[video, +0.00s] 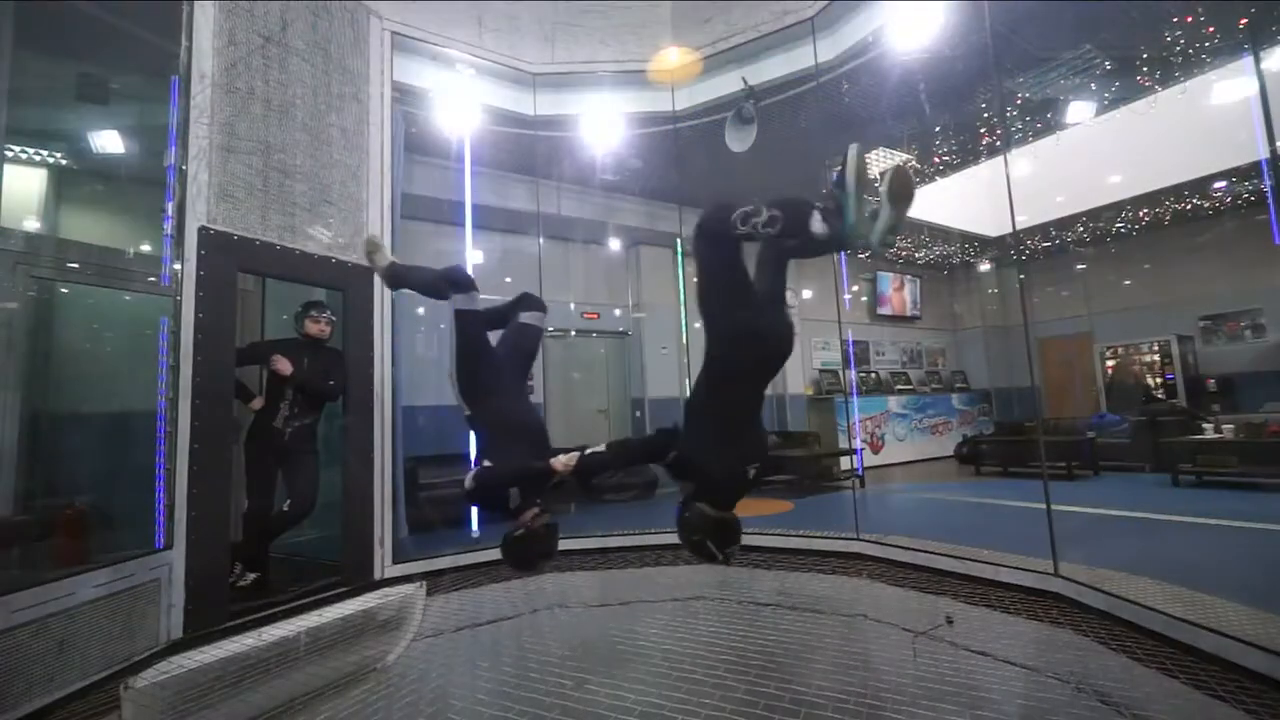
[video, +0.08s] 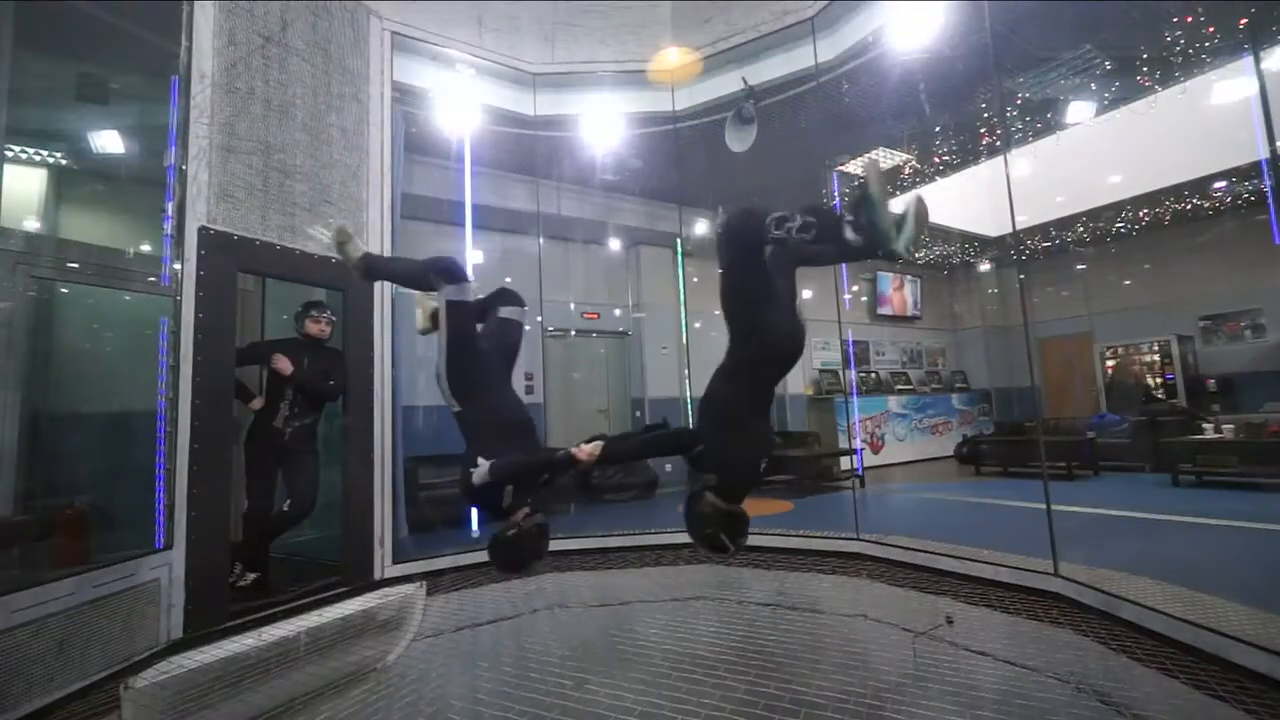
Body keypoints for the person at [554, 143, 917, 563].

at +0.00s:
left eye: (718, 548)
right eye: (707, 548)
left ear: (727, 527)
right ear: (688, 516)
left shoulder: (743, 473)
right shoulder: (688, 463)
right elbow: (636, 450)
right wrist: (580, 461)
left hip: (775, 350)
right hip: (728, 345)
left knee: (776, 246)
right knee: (713, 224)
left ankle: (848, 232)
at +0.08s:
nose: (730, 539)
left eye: (725, 538)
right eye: (720, 540)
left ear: (720, 510)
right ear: (707, 508)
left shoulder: (746, 471)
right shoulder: (709, 458)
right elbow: (662, 440)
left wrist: (603, 452)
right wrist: (604, 449)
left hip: (784, 345)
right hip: (756, 343)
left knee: (785, 250)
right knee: (742, 224)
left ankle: (875, 240)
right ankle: (857, 228)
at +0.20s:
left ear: (722, 482)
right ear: (726, 482)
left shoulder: (751, 454)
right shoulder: (726, 438)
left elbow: (685, 430)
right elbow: (685, 432)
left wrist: (637, 435)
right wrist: (634, 436)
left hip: (780, 344)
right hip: (776, 345)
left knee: (785, 258)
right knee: (777, 252)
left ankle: (887, 258)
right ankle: (886, 257)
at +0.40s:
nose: (735, 463)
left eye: (733, 463)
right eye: (735, 463)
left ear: (716, 465)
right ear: (725, 463)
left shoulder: (716, 433)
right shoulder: (729, 427)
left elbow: (675, 413)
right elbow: (685, 417)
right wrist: (652, 422)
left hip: (739, 340)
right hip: (759, 339)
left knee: (748, 259)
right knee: (774, 235)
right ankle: (864, 253)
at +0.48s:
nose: (714, 457)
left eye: (715, 457)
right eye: (719, 456)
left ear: (704, 450)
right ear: (722, 446)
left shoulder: (696, 427)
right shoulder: (727, 424)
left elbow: (658, 409)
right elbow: (715, 405)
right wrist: (658, 421)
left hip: (720, 326)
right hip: (744, 328)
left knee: (730, 256)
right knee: (756, 232)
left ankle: (807, 267)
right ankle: (837, 253)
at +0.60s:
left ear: (682, 447)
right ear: (703, 442)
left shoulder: (664, 417)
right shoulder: (713, 416)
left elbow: (627, 404)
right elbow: (708, 395)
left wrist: (584, 409)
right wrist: (655, 415)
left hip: (689, 322)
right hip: (719, 329)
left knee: (685, 252)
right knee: (722, 233)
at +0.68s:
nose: (681, 440)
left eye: (679, 440)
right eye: (684, 440)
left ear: (674, 435)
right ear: (693, 432)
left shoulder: (652, 413)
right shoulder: (702, 411)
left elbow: (611, 402)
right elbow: (697, 391)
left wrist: (566, 408)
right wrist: (653, 411)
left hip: (672, 332)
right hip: (704, 330)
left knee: (661, 254)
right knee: (698, 233)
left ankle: (715, 261)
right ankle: (749, 244)